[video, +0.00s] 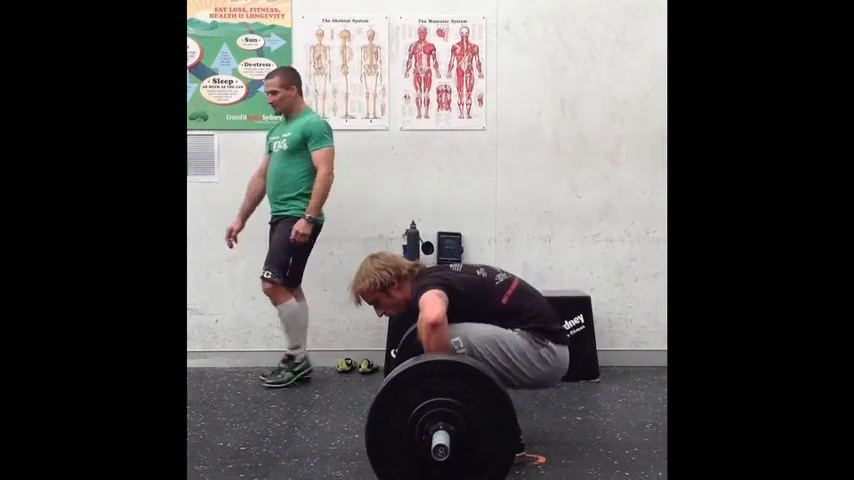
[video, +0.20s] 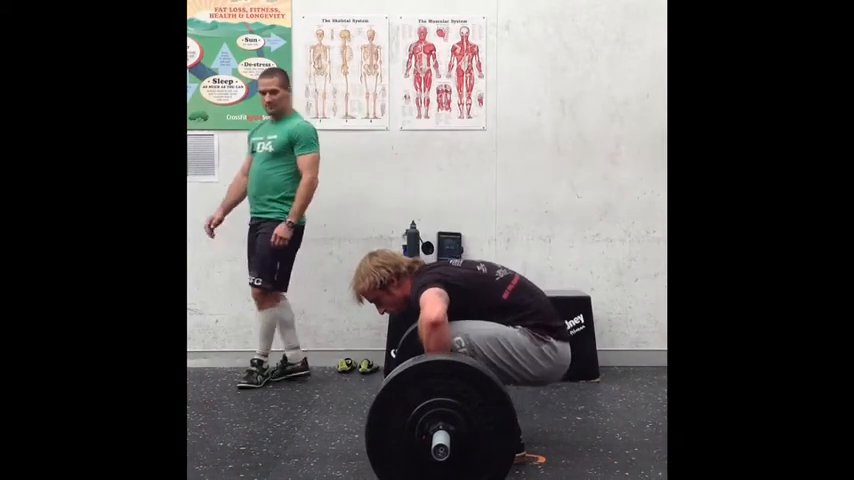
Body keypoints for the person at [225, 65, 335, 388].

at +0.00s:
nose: (269, 100)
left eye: (274, 93)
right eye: (267, 94)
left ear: (294, 91)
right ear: (275, 94)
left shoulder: (315, 125)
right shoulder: (276, 129)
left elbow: (326, 172)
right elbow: (262, 176)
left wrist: (309, 217)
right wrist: (241, 219)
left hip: (300, 218)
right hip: (280, 217)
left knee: (273, 284)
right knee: (291, 288)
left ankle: (297, 359)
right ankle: (299, 362)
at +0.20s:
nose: (268, 98)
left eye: (273, 92)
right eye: (263, 93)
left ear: (288, 92)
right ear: (259, 95)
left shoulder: (301, 129)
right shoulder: (258, 131)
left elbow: (310, 179)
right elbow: (245, 176)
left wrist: (291, 222)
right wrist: (222, 211)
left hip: (283, 222)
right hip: (259, 220)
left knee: (262, 292)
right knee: (271, 292)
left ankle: (261, 363)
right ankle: (296, 359)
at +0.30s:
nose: (266, 96)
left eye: (272, 90)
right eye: (261, 91)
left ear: (285, 91)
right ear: (255, 94)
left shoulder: (295, 129)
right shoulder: (250, 130)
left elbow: (302, 178)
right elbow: (239, 173)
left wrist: (288, 223)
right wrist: (219, 208)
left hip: (275, 220)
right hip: (250, 218)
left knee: (261, 288)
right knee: (241, 286)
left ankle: (262, 362)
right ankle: (287, 349)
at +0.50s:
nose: (258, 94)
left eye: (264, 88)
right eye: (253, 89)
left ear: (274, 90)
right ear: (244, 91)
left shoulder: (287, 129)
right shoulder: (234, 128)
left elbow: (298, 176)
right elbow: (220, 173)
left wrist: (287, 217)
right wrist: (206, 216)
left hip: (266, 220)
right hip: (233, 219)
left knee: (260, 289)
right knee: (209, 282)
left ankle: (261, 363)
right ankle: (248, 339)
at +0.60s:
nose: (253, 94)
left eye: (259, 88)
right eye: (247, 88)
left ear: (268, 91)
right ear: (238, 91)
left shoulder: (281, 129)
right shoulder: (223, 129)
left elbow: (297, 175)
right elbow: (209, 173)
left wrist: (287, 214)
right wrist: (199, 217)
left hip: (261, 221)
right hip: (225, 220)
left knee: (259, 290)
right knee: (205, 284)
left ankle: (259, 363)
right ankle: (221, 349)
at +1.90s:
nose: (206, 94)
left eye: (211, 88)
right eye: (200, 89)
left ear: (218, 93)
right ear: (190, 93)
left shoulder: (237, 129)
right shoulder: (186, 127)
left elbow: (273, 159)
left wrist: (248, 187)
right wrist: (186, 179)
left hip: (219, 221)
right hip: (187, 220)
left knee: (216, 289)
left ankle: (215, 355)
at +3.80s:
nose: (188, 87)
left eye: (191, 83)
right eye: (185, 82)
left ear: (196, 88)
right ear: (181, 87)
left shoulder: (206, 126)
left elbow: (240, 163)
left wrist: (223, 187)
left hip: (195, 217)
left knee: (192, 290)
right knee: (191, 290)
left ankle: (194, 357)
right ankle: (192, 358)